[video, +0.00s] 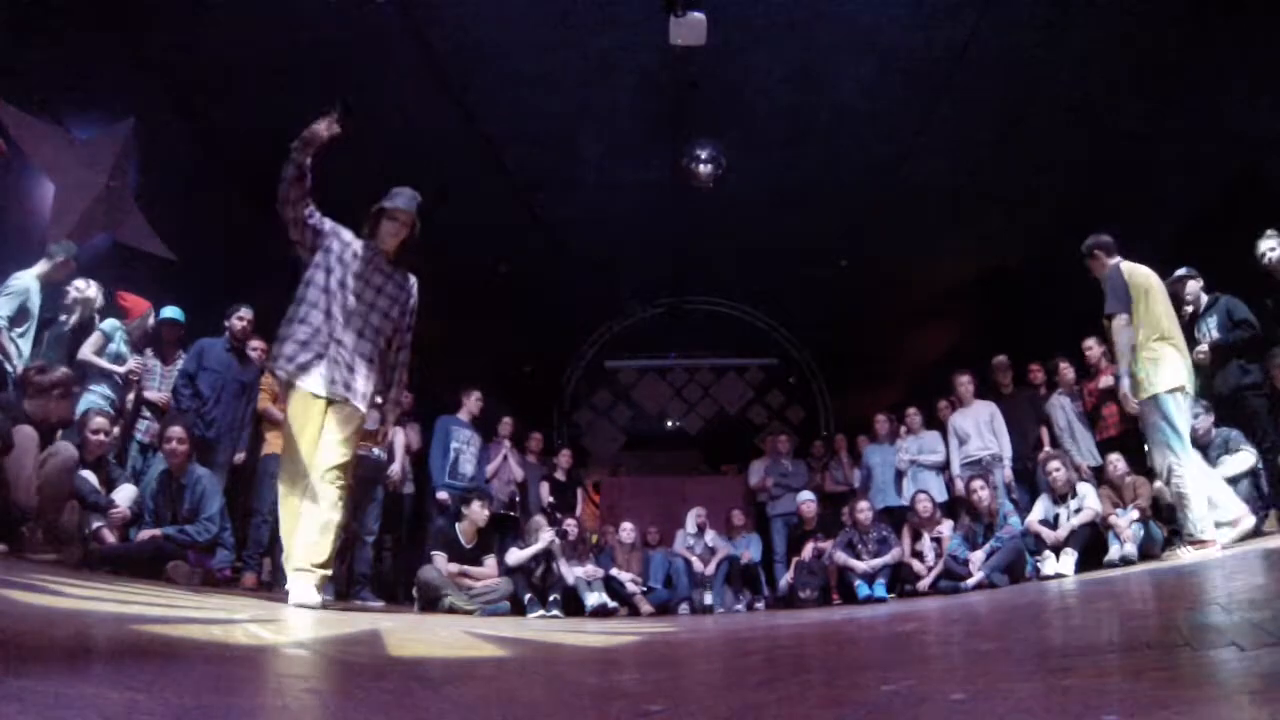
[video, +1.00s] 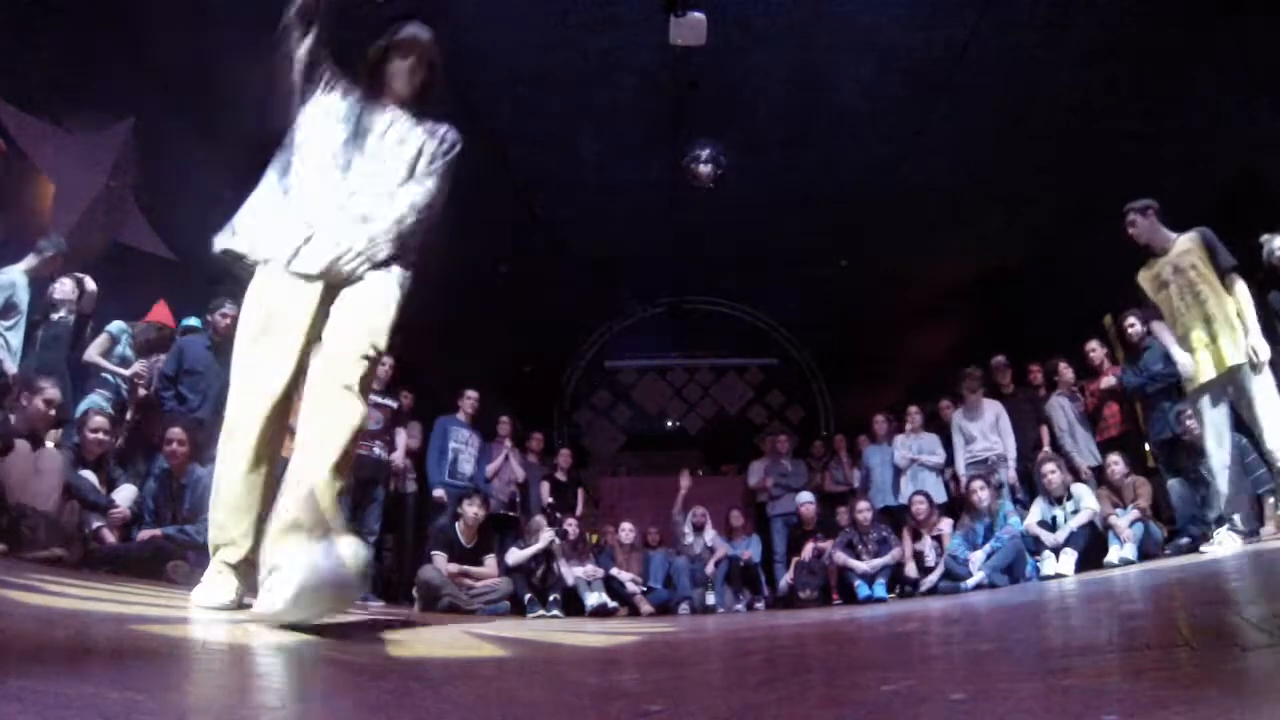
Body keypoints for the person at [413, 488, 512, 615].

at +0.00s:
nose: (487, 513)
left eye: (488, 508)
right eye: (481, 507)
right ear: (465, 509)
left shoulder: (484, 536)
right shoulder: (443, 530)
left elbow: (493, 572)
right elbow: (442, 569)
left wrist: (462, 569)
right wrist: (474, 584)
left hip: (477, 590)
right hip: (447, 588)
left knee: (507, 584)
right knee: (426, 573)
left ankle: (455, 604)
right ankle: (477, 609)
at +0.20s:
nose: (487, 513)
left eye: (488, 509)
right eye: (482, 508)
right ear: (465, 509)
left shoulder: (484, 537)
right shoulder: (444, 533)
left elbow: (493, 572)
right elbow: (442, 571)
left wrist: (462, 569)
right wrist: (474, 584)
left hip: (476, 591)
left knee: (507, 584)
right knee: (426, 572)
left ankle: (458, 603)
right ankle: (472, 607)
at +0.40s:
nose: (487, 514)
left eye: (488, 509)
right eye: (482, 508)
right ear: (465, 509)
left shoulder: (484, 537)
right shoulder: (444, 532)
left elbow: (493, 572)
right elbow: (442, 570)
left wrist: (462, 569)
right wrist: (474, 584)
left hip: (476, 591)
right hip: (446, 590)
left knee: (507, 584)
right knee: (426, 572)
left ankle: (457, 604)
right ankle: (477, 608)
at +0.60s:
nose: (484, 513)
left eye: (486, 508)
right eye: (478, 507)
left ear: (488, 511)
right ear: (463, 509)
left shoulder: (484, 536)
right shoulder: (444, 531)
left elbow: (493, 572)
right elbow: (442, 570)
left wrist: (461, 569)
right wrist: (474, 584)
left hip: (477, 591)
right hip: (446, 590)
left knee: (507, 584)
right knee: (426, 573)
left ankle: (457, 603)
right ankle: (478, 608)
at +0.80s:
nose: (476, 511)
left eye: (481, 508)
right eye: (471, 505)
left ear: (486, 513)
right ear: (461, 509)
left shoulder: (484, 536)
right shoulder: (444, 531)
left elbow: (493, 572)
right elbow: (441, 570)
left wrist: (461, 569)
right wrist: (474, 584)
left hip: (477, 591)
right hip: (447, 589)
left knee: (507, 584)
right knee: (427, 573)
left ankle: (456, 604)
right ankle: (478, 608)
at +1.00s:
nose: (475, 511)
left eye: (480, 507)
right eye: (470, 505)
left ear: (485, 514)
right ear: (460, 509)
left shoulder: (484, 536)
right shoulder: (443, 530)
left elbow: (493, 572)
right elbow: (442, 570)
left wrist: (461, 569)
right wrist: (475, 584)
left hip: (476, 591)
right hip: (446, 589)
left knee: (507, 584)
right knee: (427, 573)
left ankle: (455, 604)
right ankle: (477, 608)